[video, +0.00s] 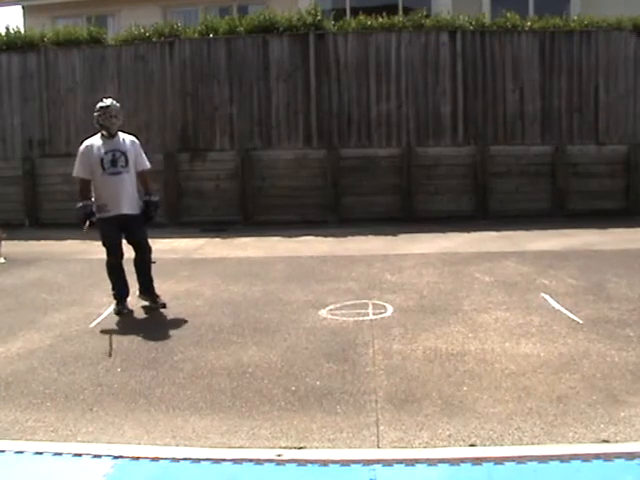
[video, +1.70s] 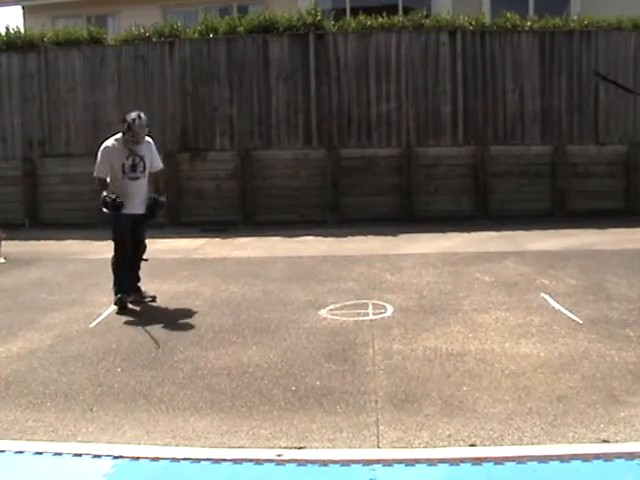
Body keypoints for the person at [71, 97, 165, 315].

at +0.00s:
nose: (113, 120)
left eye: (116, 116)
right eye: (107, 116)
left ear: (121, 118)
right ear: (98, 119)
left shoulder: (131, 142)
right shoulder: (89, 148)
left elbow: (143, 173)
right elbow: (84, 181)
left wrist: (150, 197)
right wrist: (87, 209)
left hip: (132, 209)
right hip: (106, 213)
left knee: (143, 251)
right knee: (114, 257)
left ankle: (147, 290)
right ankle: (120, 298)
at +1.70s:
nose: (138, 138)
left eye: (141, 134)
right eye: (134, 134)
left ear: (145, 132)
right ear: (126, 131)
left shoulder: (148, 144)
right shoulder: (109, 147)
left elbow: (155, 172)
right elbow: (101, 178)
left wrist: (157, 195)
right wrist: (108, 195)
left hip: (141, 207)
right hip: (120, 208)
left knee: (137, 250)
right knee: (122, 251)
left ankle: (134, 287)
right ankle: (120, 293)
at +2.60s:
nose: (135, 122)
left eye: (136, 118)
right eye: (130, 118)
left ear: (137, 120)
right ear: (118, 121)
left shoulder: (138, 143)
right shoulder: (107, 148)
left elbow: (153, 166)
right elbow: (110, 178)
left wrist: (167, 167)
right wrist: (138, 185)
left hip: (139, 209)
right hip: (121, 210)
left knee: (138, 251)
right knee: (130, 253)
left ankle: (135, 290)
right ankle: (130, 299)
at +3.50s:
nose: (154, 118)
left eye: (153, 114)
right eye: (149, 114)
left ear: (142, 117)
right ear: (136, 116)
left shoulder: (144, 140)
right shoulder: (123, 145)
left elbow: (145, 172)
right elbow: (120, 178)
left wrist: (157, 191)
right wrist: (133, 204)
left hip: (152, 208)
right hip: (136, 210)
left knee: (153, 252)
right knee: (139, 253)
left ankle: (151, 294)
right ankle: (132, 298)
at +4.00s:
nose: (159, 115)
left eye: (159, 111)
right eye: (154, 112)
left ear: (154, 115)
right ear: (142, 116)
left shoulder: (155, 138)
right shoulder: (132, 144)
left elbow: (158, 167)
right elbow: (134, 175)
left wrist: (171, 179)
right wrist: (159, 186)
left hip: (160, 207)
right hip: (145, 209)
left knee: (158, 251)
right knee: (151, 252)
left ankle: (154, 295)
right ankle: (145, 300)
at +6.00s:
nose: (173, 117)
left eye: (173, 112)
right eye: (168, 112)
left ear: (165, 116)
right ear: (157, 115)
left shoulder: (164, 140)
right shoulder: (147, 145)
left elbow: (166, 173)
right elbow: (143, 179)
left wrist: (177, 197)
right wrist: (152, 204)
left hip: (171, 206)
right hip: (160, 207)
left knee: (163, 252)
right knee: (169, 252)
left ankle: (154, 297)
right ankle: (170, 301)